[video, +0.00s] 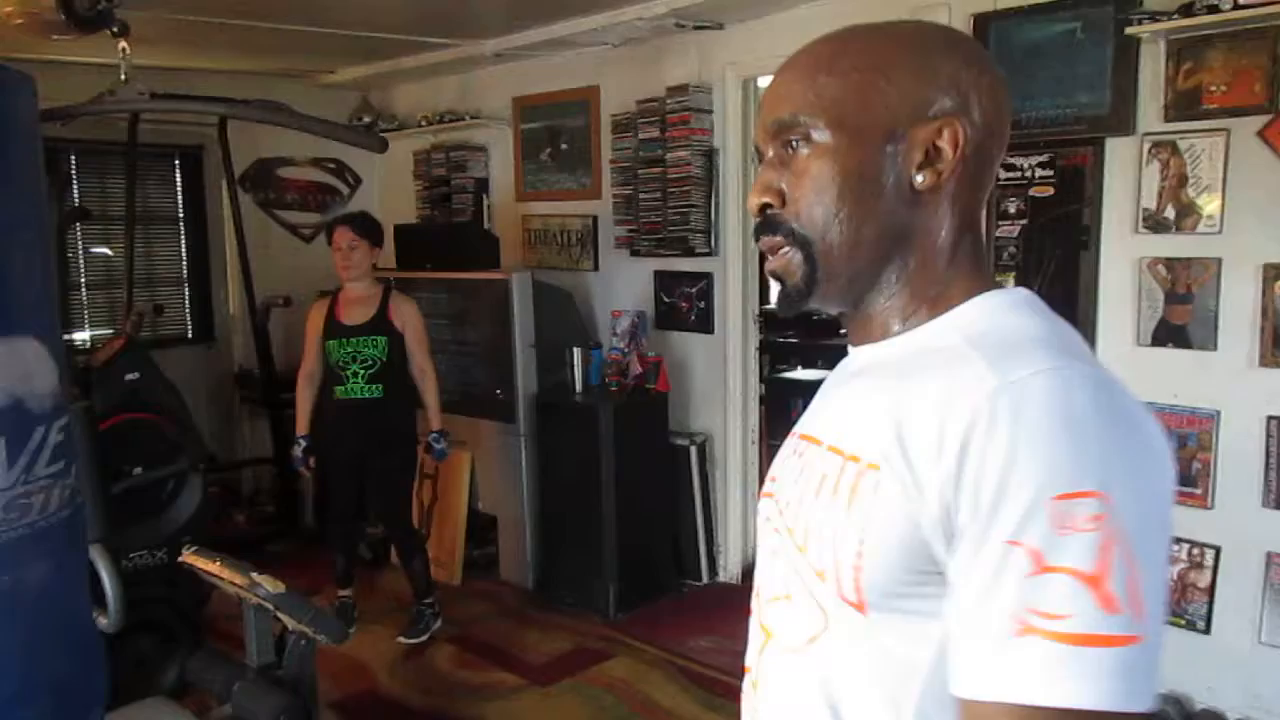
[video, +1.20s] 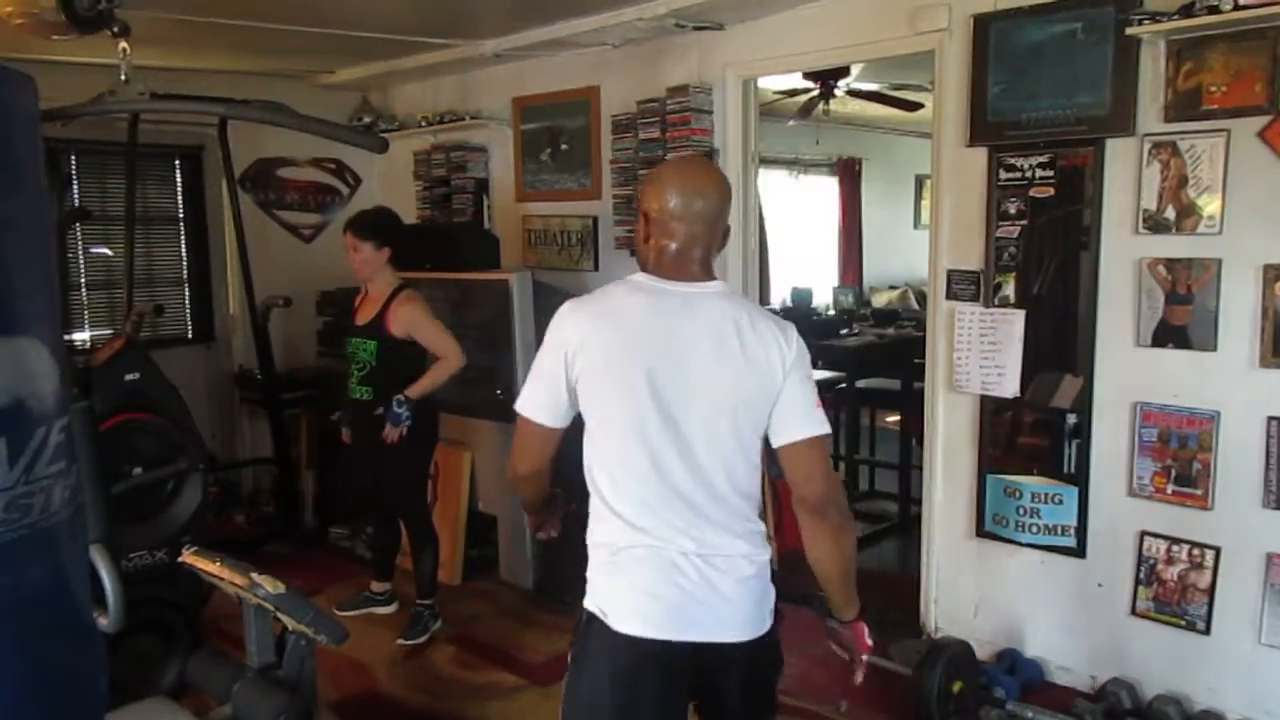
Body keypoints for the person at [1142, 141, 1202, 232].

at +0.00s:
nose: (1157, 158)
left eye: (1159, 153)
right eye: (1155, 155)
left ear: (1168, 150)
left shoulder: (1175, 160)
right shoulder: (1164, 166)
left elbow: (1171, 187)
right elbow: (1161, 188)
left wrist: (1160, 213)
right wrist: (1157, 212)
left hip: (1191, 211)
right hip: (1180, 211)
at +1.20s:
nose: (1158, 159)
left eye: (1160, 154)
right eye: (1155, 156)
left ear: (1169, 150)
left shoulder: (1175, 161)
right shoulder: (1164, 165)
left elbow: (1171, 187)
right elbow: (1162, 188)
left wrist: (1161, 213)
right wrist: (1157, 213)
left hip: (1190, 211)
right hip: (1180, 212)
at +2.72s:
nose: (1158, 158)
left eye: (1159, 154)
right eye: (1155, 156)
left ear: (1168, 149)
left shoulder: (1175, 161)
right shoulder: (1164, 164)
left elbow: (1170, 188)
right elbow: (1162, 188)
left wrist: (1160, 213)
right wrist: (1157, 212)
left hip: (1190, 211)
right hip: (1180, 212)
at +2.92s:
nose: (1158, 158)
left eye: (1159, 154)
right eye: (1155, 156)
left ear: (1168, 149)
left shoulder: (1175, 161)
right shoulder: (1164, 164)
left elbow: (1170, 188)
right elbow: (1162, 188)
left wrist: (1160, 213)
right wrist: (1157, 212)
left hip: (1190, 211)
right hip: (1180, 212)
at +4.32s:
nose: (1158, 159)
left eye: (1159, 154)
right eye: (1155, 156)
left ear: (1169, 150)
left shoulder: (1175, 162)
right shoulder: (1164, 166)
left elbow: (1170, 188)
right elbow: (1161, 188)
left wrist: (1160, 214)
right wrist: (1157, 213)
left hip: (1190, 211)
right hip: (1180, 212)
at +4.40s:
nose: (1158, 159)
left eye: (1159, 154)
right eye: (1155, 156)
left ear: (1169, 150)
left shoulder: (1175, 162)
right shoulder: (1164, 166)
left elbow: (1170, 188)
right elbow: (1161, 188)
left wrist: (1160, 214)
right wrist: (1157, 213)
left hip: (1190, 211)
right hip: (1180, 212)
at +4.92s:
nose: (1157, 159)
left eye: (1159, 154)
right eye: (1155, 156)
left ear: (1168, 150)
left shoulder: (1175, 161)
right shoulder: (1163, 166)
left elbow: (1170, 187)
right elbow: (1161, 189)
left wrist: (1160, 214)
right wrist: (1157, 213)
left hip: (1190, 210)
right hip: (1180, 211)